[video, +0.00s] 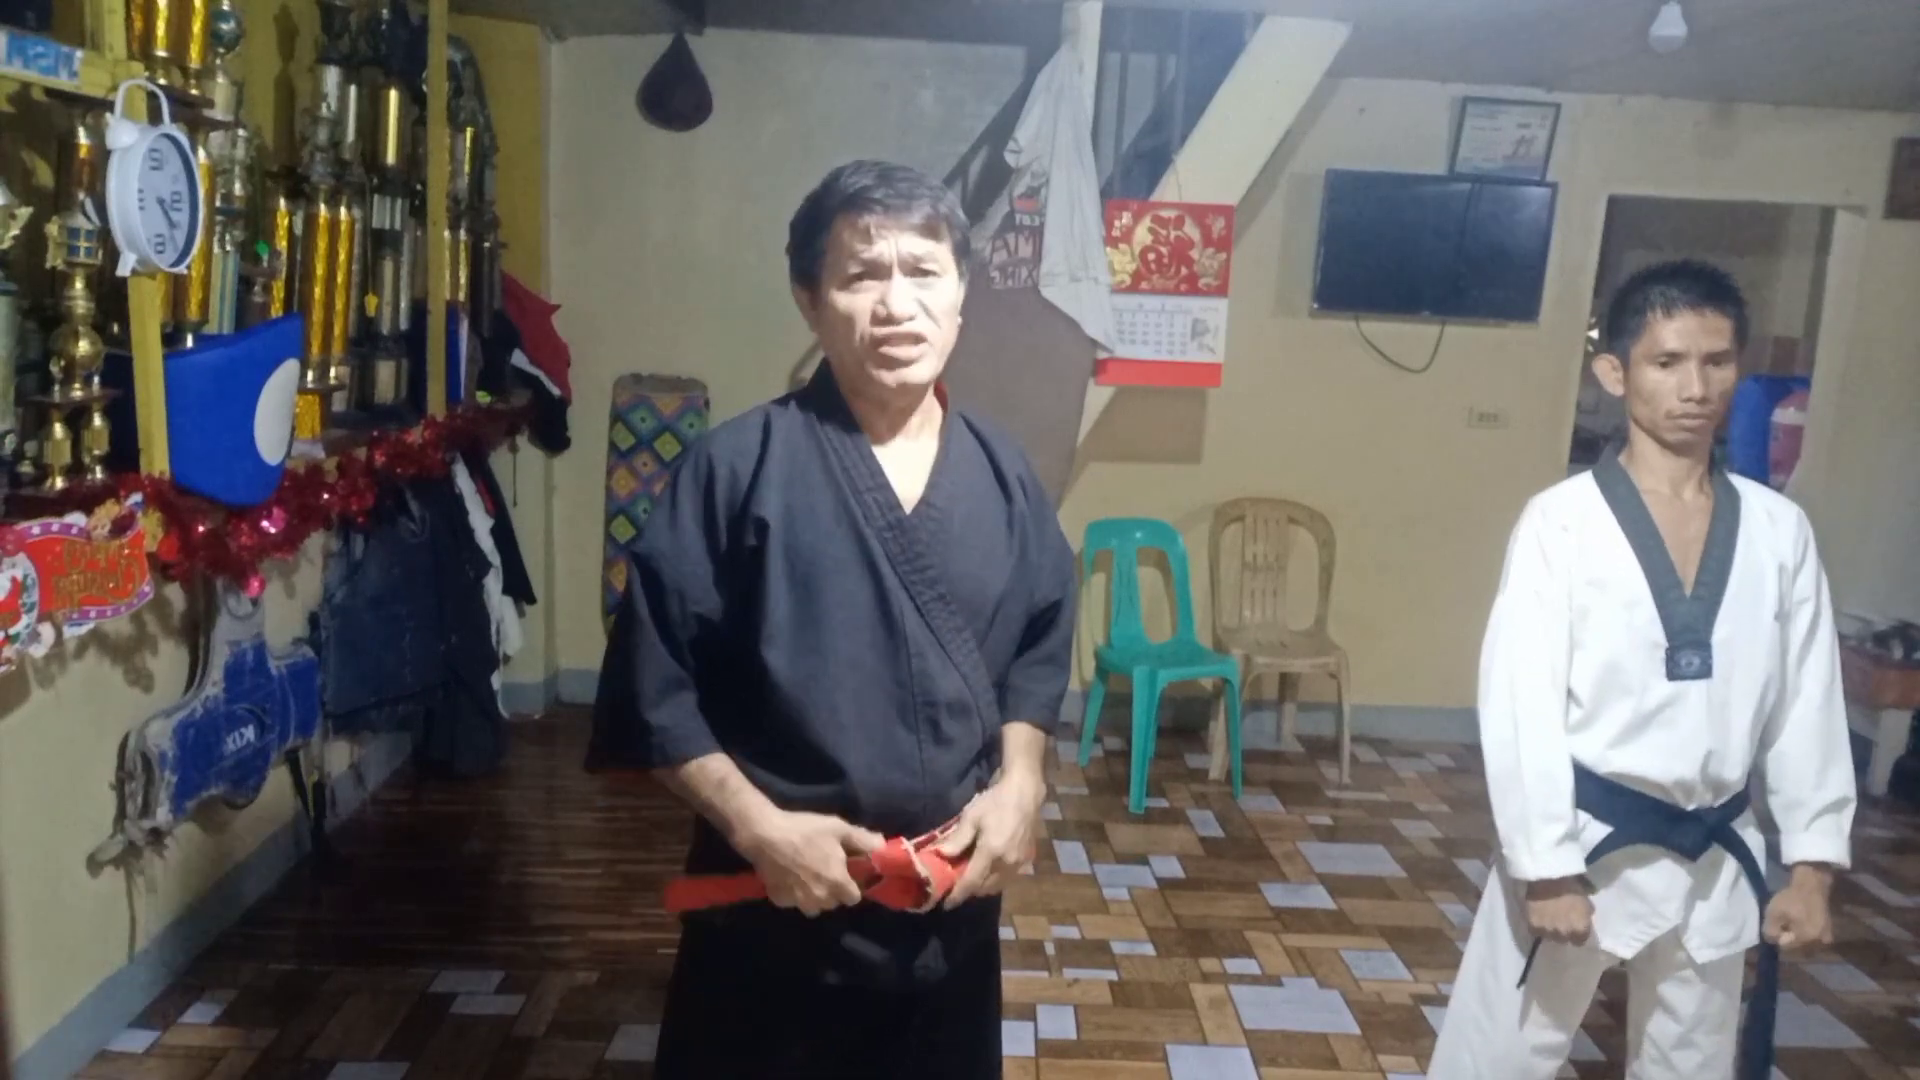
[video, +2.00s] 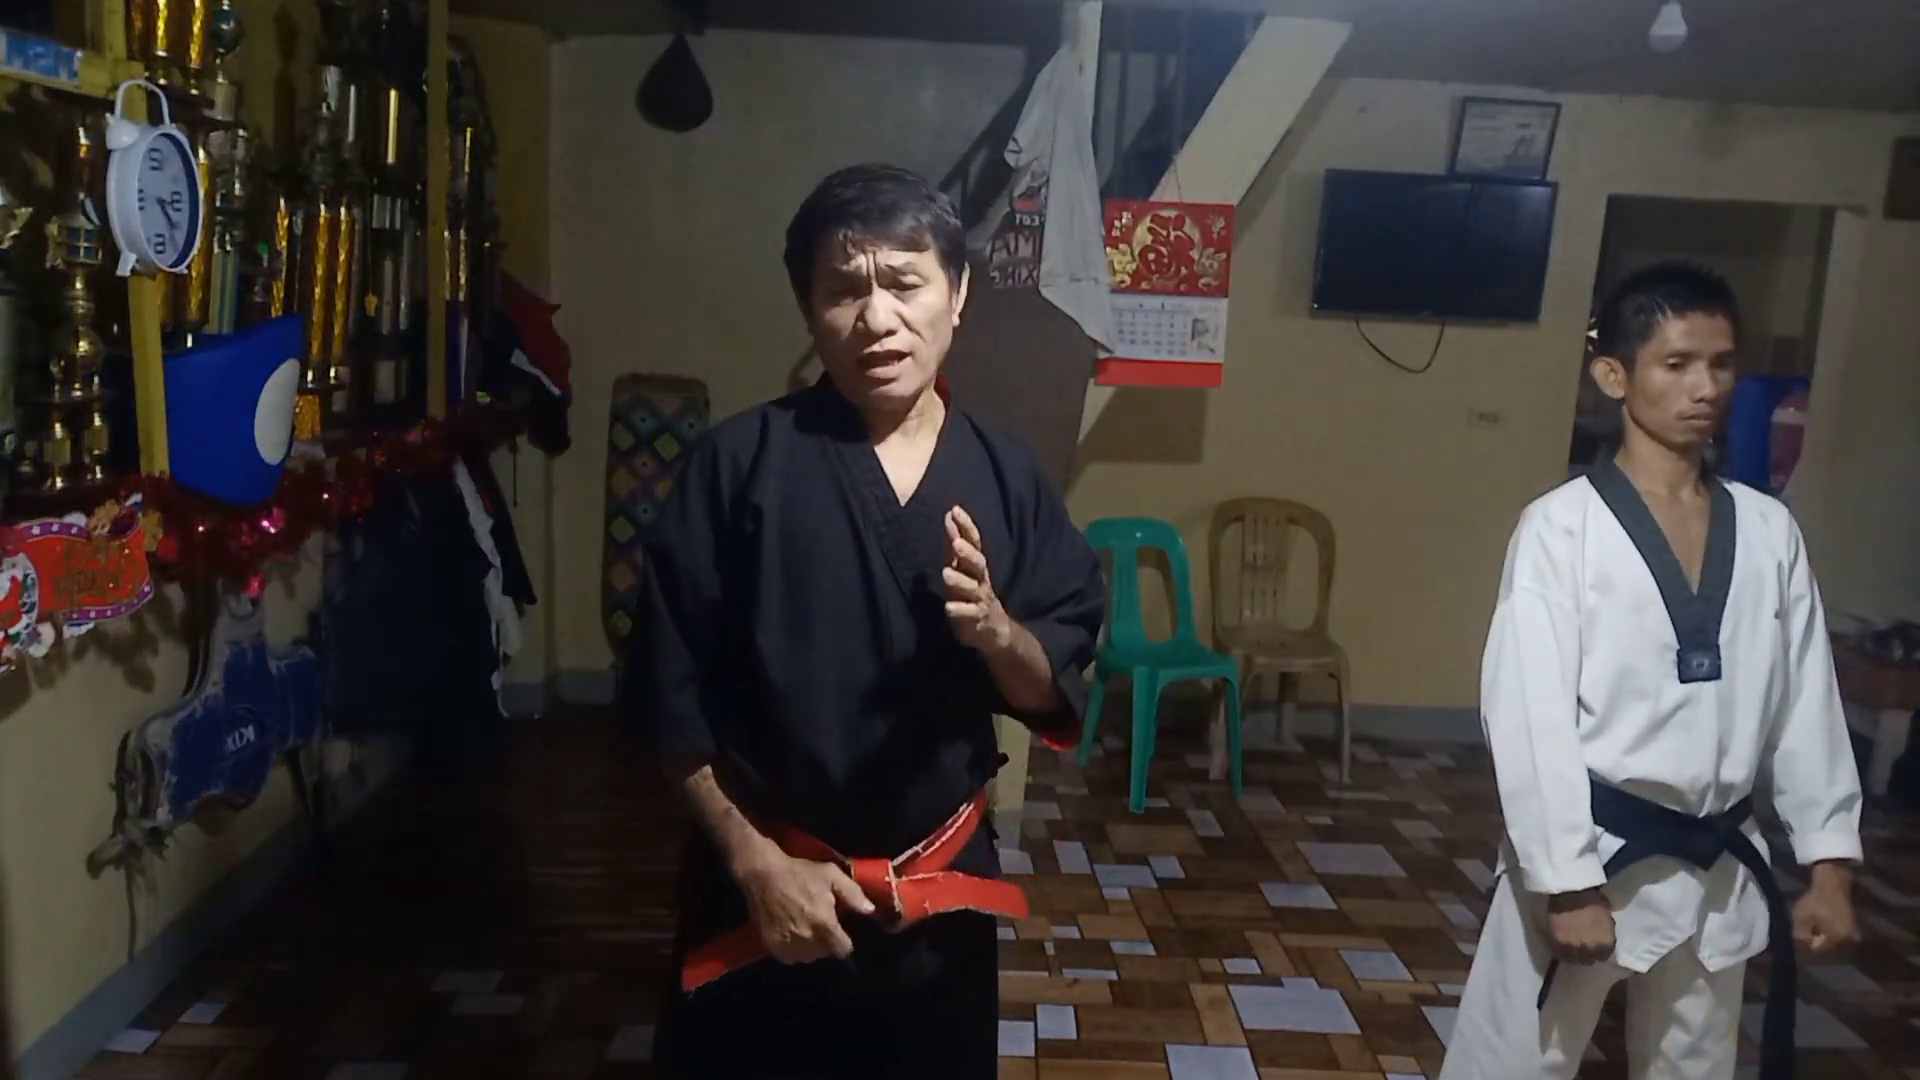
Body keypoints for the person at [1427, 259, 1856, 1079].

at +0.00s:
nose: (1697, 386)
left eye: (1717, 360)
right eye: (1667, 361)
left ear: (1738, 369)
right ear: (1612, 374)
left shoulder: (1780, 529)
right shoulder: (1559, 523)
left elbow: (1809, 704)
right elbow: (1519, 702)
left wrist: (1814, 864)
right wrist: (1546, 867)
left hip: (1720, 863)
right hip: (1580, 856)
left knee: (1692, 1070)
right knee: (1495, 1063)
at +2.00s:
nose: (1707, 388)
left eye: (1721, 364)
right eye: (1677, 364)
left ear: (1736, 371)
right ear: (1613, 376)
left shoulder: (1769, 529)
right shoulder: (1559, 528)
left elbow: (1806, 701)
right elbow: (1529, 712)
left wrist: (1829, 864)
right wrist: (1570, 881)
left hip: (1720, 870)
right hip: (1585, 866)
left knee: (1693, 1070)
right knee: (1523, 1065)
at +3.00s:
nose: (1712, 391)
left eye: (1726, 367)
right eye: (1684, 366)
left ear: (1741, 373)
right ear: (1616, 376)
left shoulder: (1769, 530)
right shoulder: (1562, 529)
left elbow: (1803, 703)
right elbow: (1532, 714)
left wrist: (1824, 865)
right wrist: (1574, 886)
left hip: (1718, 873)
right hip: (1583, 870)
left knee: (1692, 1069)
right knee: (1523, 1065)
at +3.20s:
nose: (1712, 390)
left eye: (1726, 366)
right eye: (1683, 366)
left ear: (1740, 372)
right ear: (1616, 376)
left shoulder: (1769, 529)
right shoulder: (1561, 528)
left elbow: (1803, 703)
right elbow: (1531, 713)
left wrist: (1823, 865)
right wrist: (1574, 884)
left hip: (1718, 872)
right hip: (1582, 868)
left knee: (1691, 1069)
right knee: (1521, 1065)